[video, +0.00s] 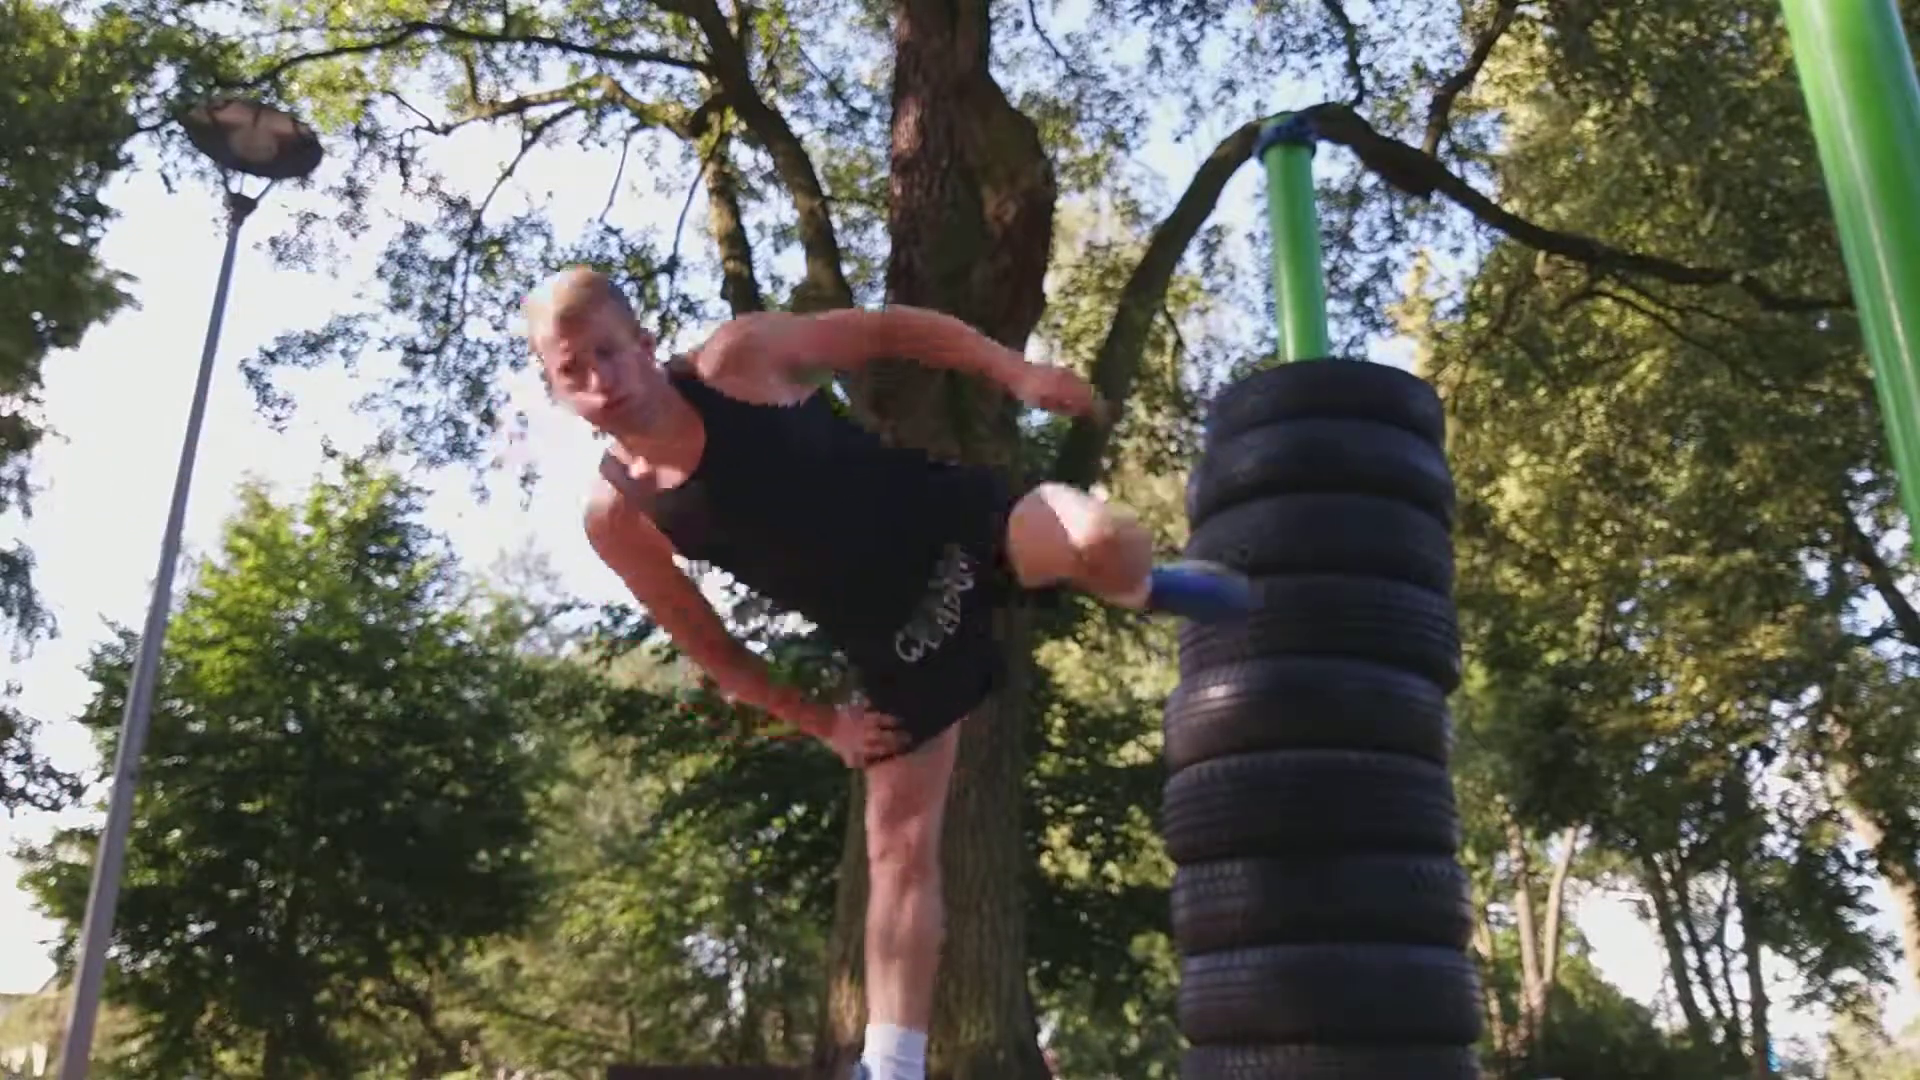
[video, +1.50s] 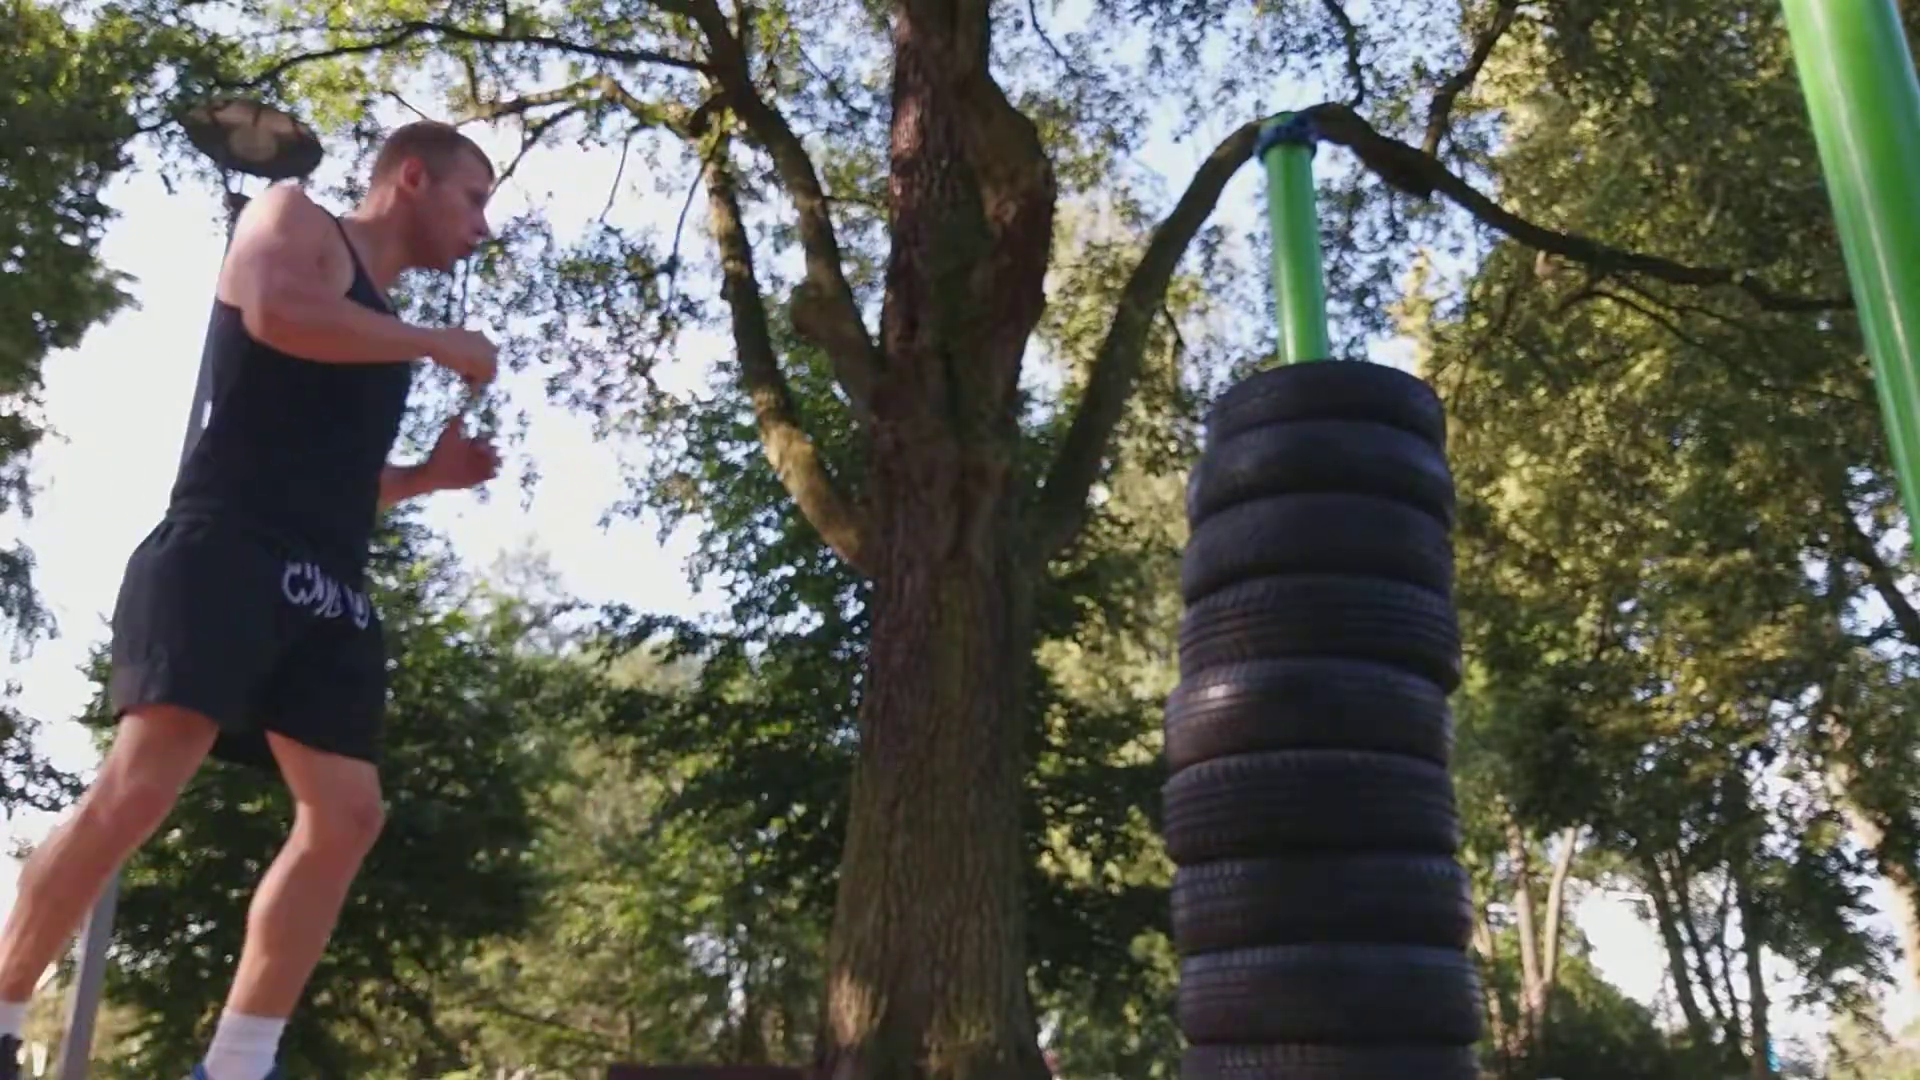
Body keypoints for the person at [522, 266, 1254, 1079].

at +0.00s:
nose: (597, 386)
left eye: (605, 356)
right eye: (571, 376)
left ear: (643, 337)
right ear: (553, 392)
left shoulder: (740, 354)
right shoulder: (618, 516)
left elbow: (892, 332)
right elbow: (712, 650)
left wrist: (1021, 373)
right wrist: (821, 722)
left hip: (953, 521)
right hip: (888, 634)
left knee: (1095, 533)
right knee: (897, 839)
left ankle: (1147, 589)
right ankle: (895, 1065)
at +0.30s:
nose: (700, 105)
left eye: (721, 84)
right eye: (682, 94)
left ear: (775, 100)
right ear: (669, 125)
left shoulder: (839, 217)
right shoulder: (686, 277)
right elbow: (679, 441)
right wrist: (529, 394)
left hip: (831, 520)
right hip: (727, 545)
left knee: (842, 722)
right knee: (680, 824)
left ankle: (883, 1047)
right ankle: (842, 1027)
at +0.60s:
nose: (687, 19)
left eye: (699, 8)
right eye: (658, 3)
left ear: (707, 37)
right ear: (595, 22)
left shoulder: (762, 151)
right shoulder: (539, 175)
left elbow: (883, 293)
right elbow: (399, 229)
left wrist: (863, 391)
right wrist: (537, 130)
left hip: (744, 482)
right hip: (591, 486)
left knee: (804, 723)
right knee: (435, 660)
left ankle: (877, 1048)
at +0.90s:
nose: (633, 94)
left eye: (637, 72)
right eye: (627, 63)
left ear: (566, 51)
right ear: (562, 40)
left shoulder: (556, 224)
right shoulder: (427, 79)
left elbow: (545, 394)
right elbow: (374, 161)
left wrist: (637, 334)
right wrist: (537, 271)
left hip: (538, 491)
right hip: (417, 454)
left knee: (630, 738)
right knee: (349, 677)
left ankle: (506, 1040)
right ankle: (232, 1035)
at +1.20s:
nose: (571, 226)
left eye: (574, 209)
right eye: (564, 201)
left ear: (508, 192)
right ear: (507, 179)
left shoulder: (460, 317)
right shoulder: (397, 206)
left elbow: (427, 481)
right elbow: (302, 313)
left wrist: (521, 459)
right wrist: (471, 399)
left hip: (388, 570)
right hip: (304, 528)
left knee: (353, 819)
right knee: (253, 732)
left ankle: (240, 1041)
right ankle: (202, 1019)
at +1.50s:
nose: (481, 228)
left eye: (487, 211)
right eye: (474, 201)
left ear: (421, 191)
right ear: (409, 176)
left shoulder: (380, 317)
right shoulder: (295, 212)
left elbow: (331, 482)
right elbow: (276, 315)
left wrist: (429, 474)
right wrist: (431, 341)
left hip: (324, 593)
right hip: (220, 557)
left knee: (346, 817)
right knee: (138, 790)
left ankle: (235, 1068)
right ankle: (4, 1009)